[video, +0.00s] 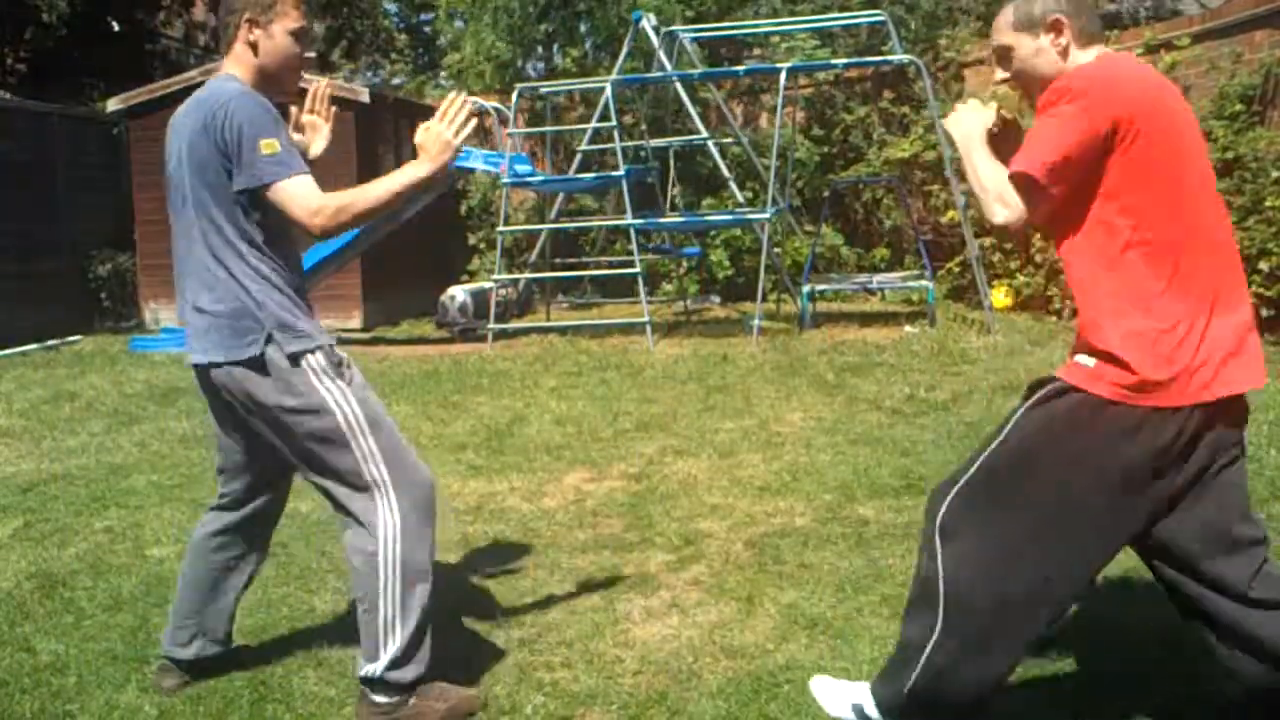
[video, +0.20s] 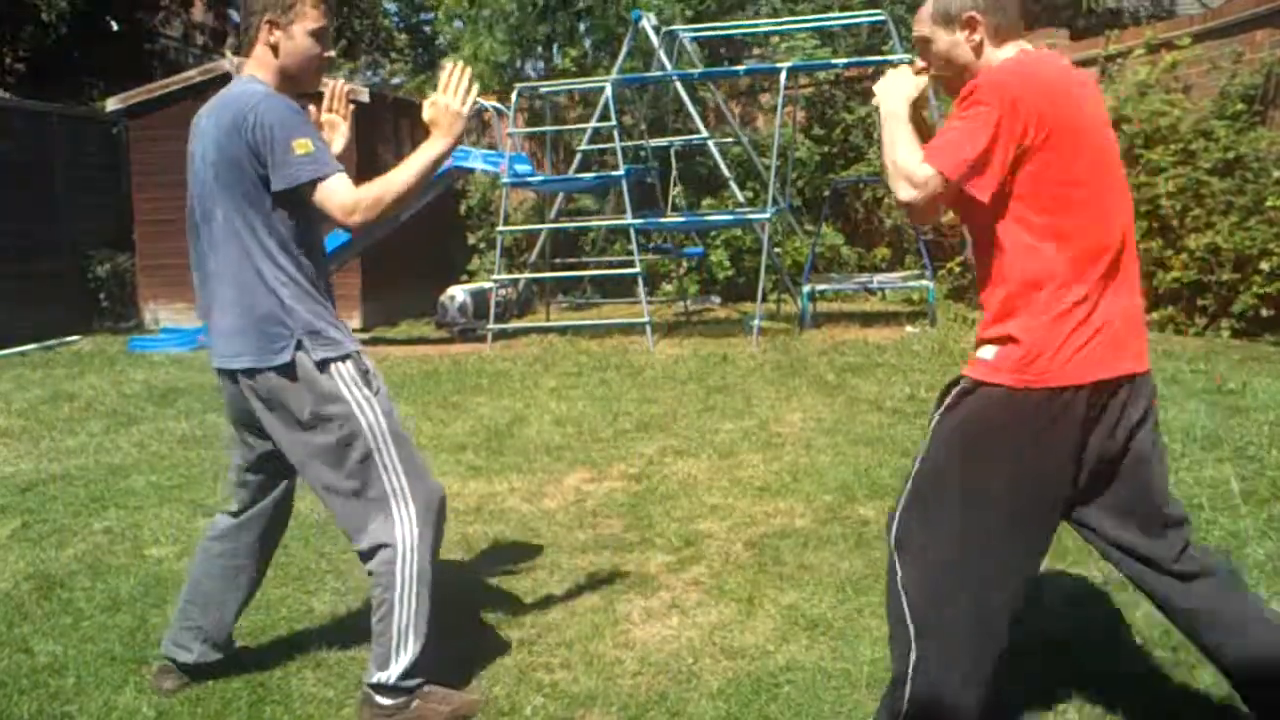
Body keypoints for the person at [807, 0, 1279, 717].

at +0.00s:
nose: (1002, 73)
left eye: (1007, 54)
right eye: (998, 57)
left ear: (1057, 35)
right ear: (1065, 32)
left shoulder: (1091, 89)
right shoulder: (1141, 83)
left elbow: (1008, 209)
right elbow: (1048, 200)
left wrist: (970, 136)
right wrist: (985, 146)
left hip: (1130, 376)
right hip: (1207, 372)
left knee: (970, 524)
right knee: (1232, 579)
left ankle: (910, 702)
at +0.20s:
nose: (922, 62)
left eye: (925, 45)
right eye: (918, 47)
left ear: (973, 32)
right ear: (987, 27)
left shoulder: (1007, 84)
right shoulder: (1069, 80)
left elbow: (914, 191)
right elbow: (976, 205)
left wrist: (893, 107)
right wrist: (918, 119)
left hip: (1030, 374)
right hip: (1112, 367)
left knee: (936, 554)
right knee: (1168, 553)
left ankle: (929, 708)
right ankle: (1273, 684)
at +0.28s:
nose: (881, 22)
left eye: (888, 7)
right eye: (880, 9)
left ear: (936, 5)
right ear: (969, 8)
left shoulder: (958, 61)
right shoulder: (1038, 60)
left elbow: (849, 155)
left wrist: (832, 93)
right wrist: (875, 76)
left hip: (981, 347)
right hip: (1066, 340)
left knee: (912, 531)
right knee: (1064, 514)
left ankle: (916, 705)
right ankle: (1162, 651)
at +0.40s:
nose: (851, 34)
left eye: (852, 15)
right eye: (848, 19)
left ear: (897, 4)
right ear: (924, 7)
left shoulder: (921, 55)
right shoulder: (998, 55)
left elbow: (856, 183)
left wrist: (829, 112)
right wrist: (853, 103)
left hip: (946, 341)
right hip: (1027, 338)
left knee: (835, 492)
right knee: (994, 507)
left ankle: (862, 687)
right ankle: (1068, 681)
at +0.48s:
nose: (827, 62)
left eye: (830, 43)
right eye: (825, 46)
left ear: (872, 31)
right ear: (882, 30)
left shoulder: (906, 87)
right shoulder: (966, 85)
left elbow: (890, 220)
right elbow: (921, 198)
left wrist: (831, 204)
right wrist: (839, 165)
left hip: (921, 368)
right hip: (995, 368)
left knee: (792, 492)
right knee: (962, 525)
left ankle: (779, 678)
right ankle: (1072, 683)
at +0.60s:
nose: (762, 94)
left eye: (765, 78)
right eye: (759, 80)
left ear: (801, 70)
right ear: (819, 69)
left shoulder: (838, 119)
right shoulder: (887, 121)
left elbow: (889, 229)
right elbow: (836, 246)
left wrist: (830, 334)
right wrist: (787, 196)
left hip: (843, 388)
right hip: (911, 387)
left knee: (740, 539)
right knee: (954, 551)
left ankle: (654, 684)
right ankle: (1074, 687)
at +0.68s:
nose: (706, 86)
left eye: (707, 71)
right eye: (702, 72)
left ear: (740, 63)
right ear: (781, 63)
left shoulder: (755, 111)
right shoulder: (834, 120)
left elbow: (789, 188)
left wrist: (738, 275)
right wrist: (733, 155)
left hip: (757, 370)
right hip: (842, 371)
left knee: (663, 523)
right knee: (897, 518)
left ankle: (632, 690)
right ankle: (1031, 657)